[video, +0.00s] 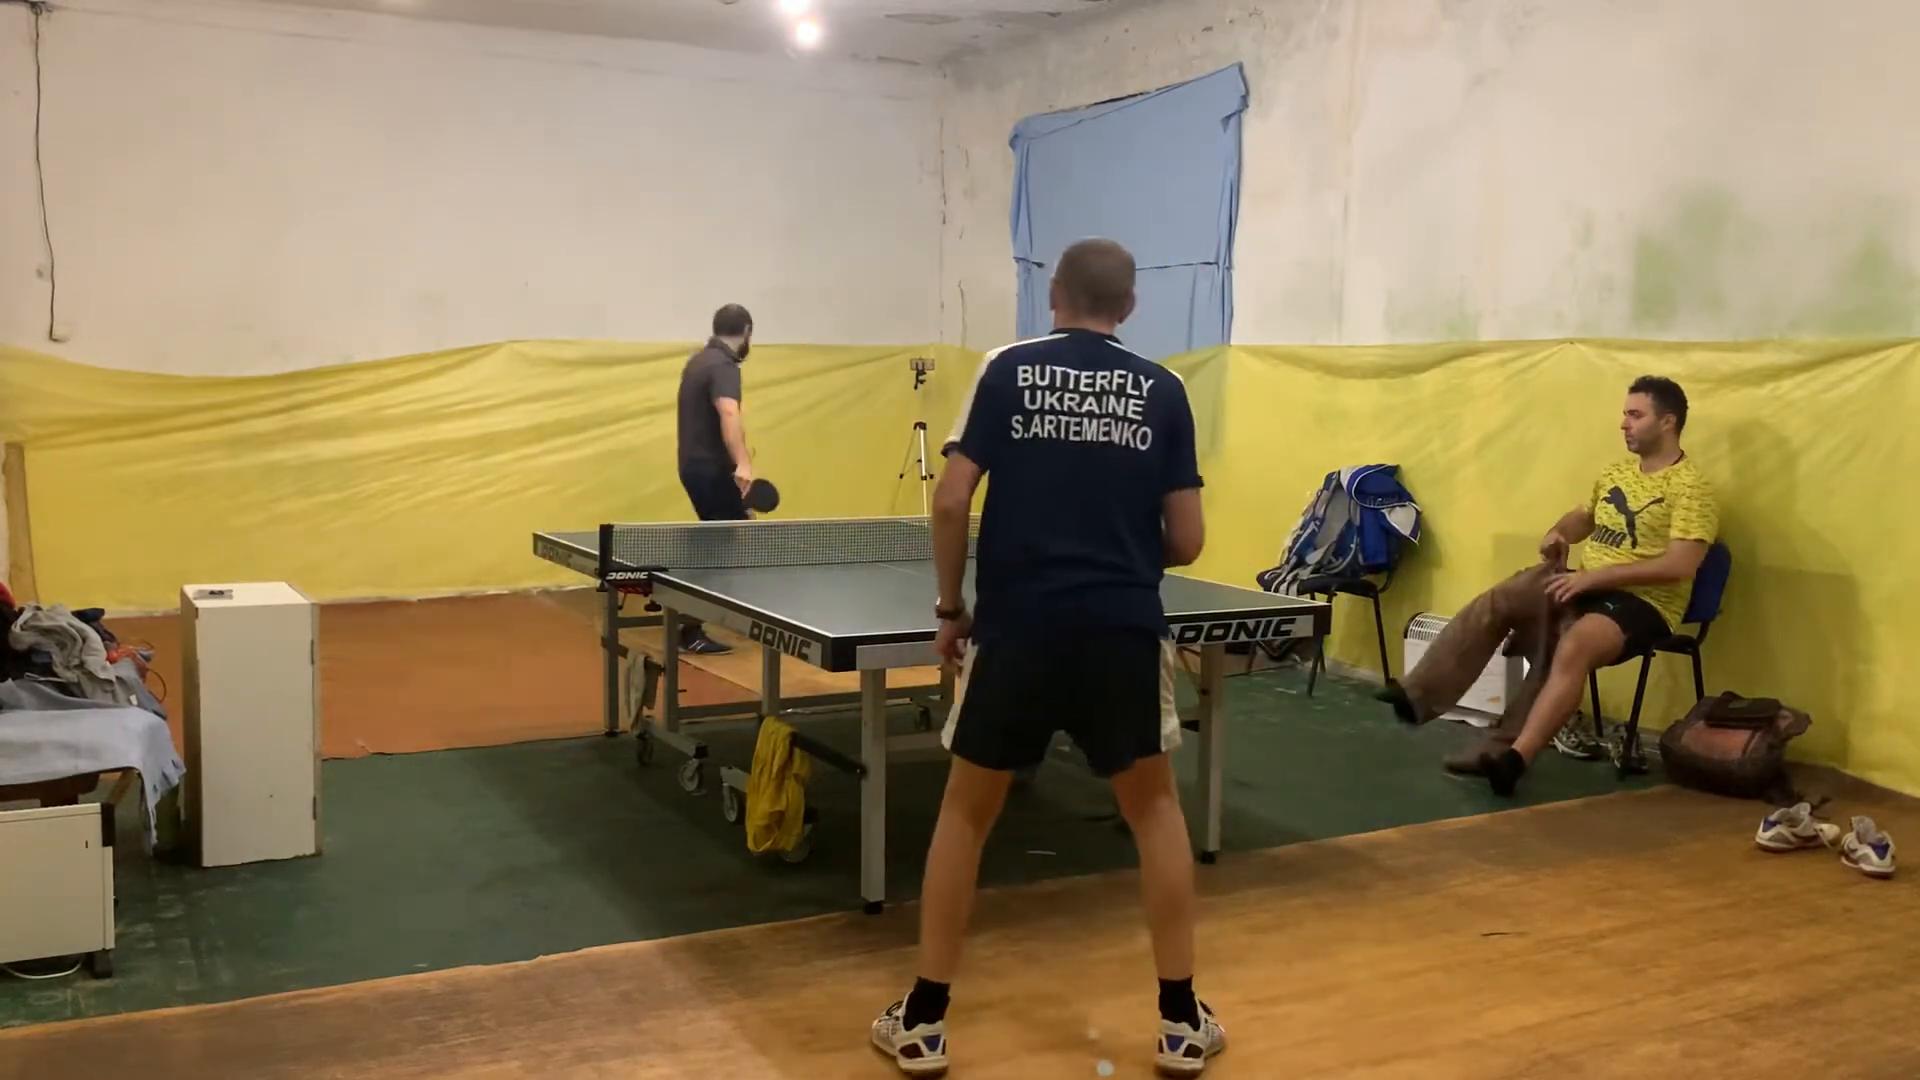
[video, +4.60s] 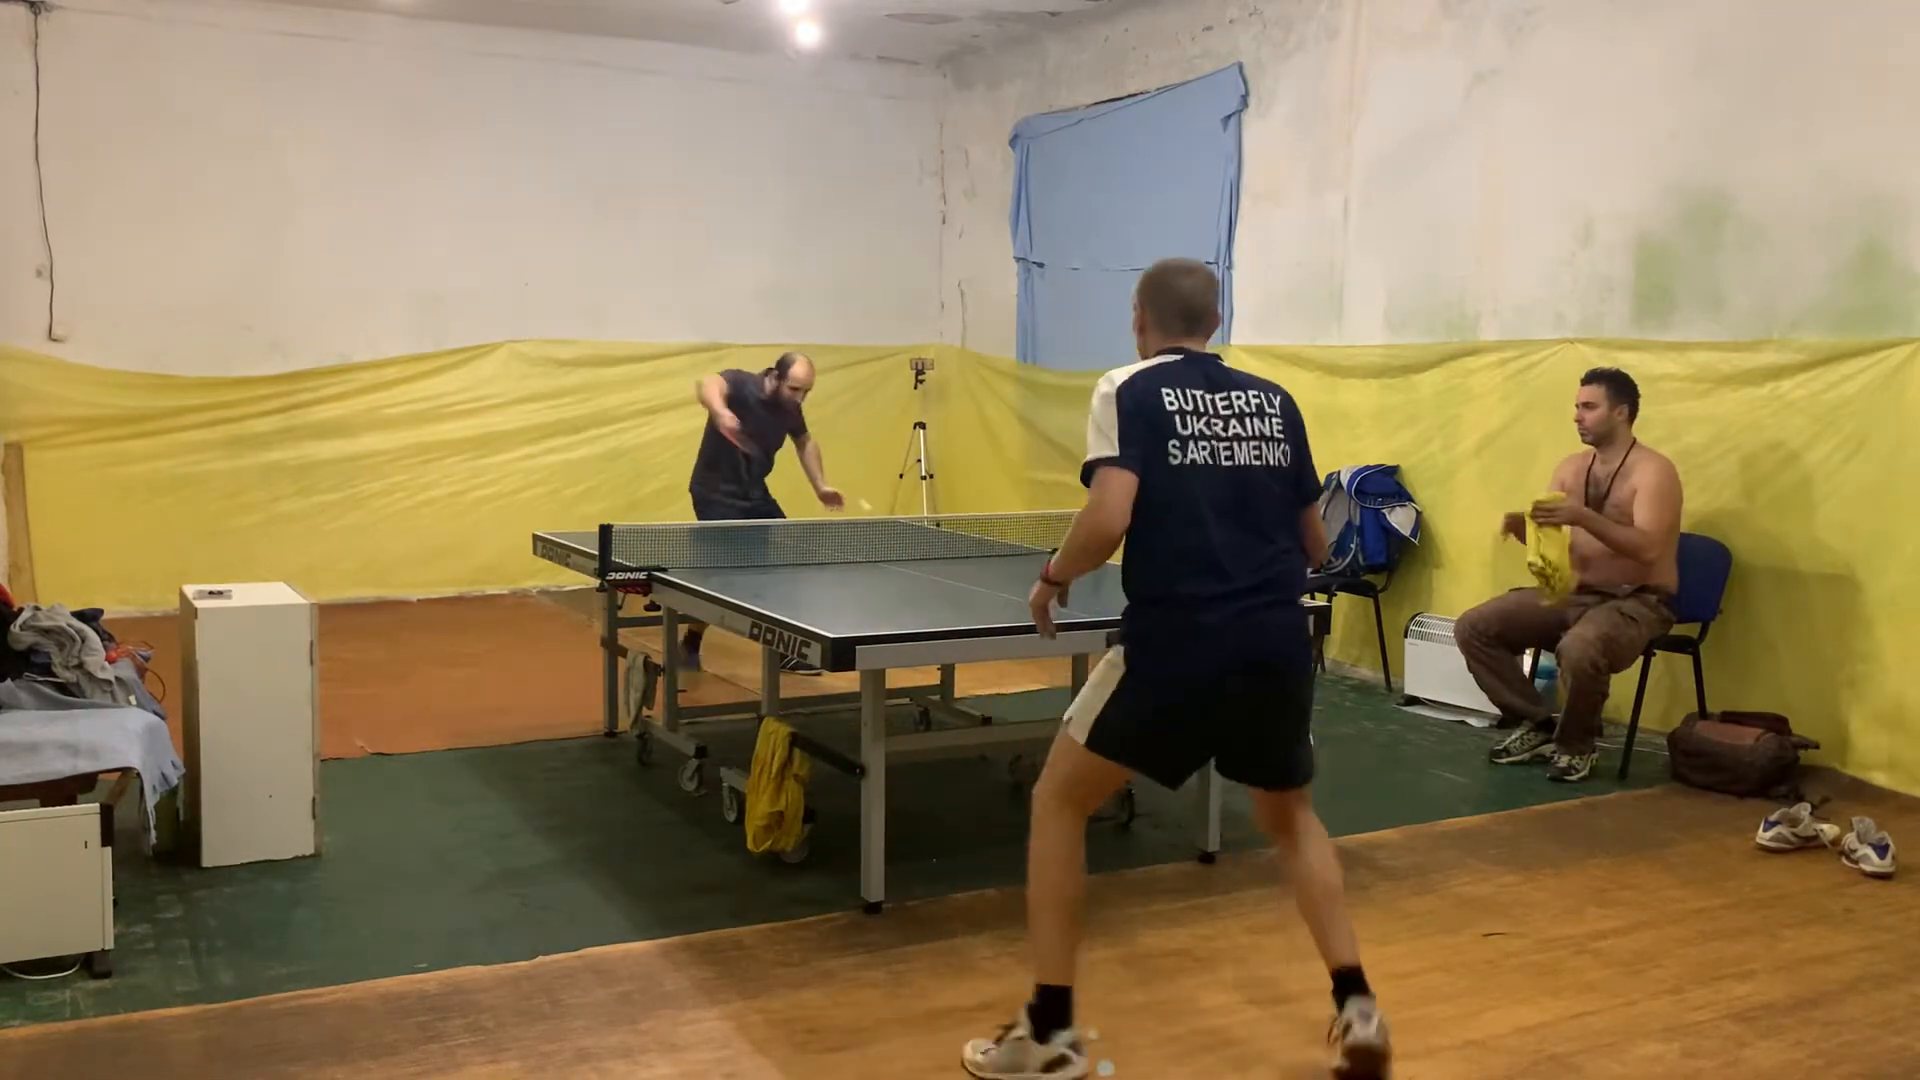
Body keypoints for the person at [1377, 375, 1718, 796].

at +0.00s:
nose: (1624, 425)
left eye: (1635, 416)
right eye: (1625, 415)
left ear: (1669, 423)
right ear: (1655, 422)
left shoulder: (1690, 484)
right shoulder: (1618, 472)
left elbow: (1682, 564)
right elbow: (1585, 516)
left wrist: (1596, 578)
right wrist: (1560, 534)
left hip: (1647, 599)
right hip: (1587, 583)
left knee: (1575, 645)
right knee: (1497, 605)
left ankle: (1516, 759)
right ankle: (1422, 695)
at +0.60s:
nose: (1610, 430)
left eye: (1620, 420)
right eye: (1605, 422)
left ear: (1652, 421)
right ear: (1600, 425)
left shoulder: (1683, 486)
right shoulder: (1593, 475)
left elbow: (1700, 566)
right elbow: (1561, 531)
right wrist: (1522, 568)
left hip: (1630, 603)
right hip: (1574, 591)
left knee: (1552, 628)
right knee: (1490, 623)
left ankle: (1531, 750)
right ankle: (1452, 739)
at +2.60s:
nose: (1598, 429)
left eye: (1608, 419)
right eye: (1595, 420)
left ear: (1642, 421)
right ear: (1594, 423)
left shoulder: (1677, 483)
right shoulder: (1591, 476)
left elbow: (1684, 568)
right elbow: (1560, 546)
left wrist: (1643, 627)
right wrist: (1532, 594)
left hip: (1631, 596)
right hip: (1572, 588)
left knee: (1553, 627)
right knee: (1493, 616)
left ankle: (1531, 750)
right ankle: (1489, 734)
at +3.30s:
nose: (1583, 432)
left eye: (1593, 422)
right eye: (1579, 422)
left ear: (1626, 420)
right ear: (1576, 422)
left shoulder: (1663, 481)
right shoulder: (1577, 476)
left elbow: (1685, 561)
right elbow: (1554, 543)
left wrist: (1644, 622)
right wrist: (1532, 592)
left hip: (1631, 597)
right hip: (1570, 590)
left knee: (1555, 623)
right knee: (1489, 617)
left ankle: (1544, 749)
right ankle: (1493, 734)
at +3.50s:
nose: (1592, 412)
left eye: (1605, 404)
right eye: (1589, 403)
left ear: (1635, 411)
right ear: (1584, 408)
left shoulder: (1655, 472)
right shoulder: (1573, 462)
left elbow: (1639, 548)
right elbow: (1513, 492)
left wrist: (1557, 526)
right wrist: (1534, 449)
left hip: (1637, 601)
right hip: (1572, 593)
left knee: (1580, 651)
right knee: (1474, 630)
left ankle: (1577, 746)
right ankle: (1535, 722)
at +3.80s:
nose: (1587, 413)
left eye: (1599, 404)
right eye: (1585, 404)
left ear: (1632, 412)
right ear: (1582, 408)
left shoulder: (1656, 473)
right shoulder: (1569, 465)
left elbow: (1650, 550)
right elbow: (1531, 526)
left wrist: (1581, 516)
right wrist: (1497, 482)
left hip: (1637, 601)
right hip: (1571, 594)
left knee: (1579, 650)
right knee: (1474, 629)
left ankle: (1577, 745)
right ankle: (1535, 722)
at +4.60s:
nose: (1577, 416)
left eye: (1588, 406)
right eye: (1577, 407)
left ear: (1622, 412)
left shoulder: (1654, 472)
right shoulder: (1571, 468)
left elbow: (1649, 549)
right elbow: (1556, 546)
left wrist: (1580, 517)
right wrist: (1529, 529)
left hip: (1639, 601)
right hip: (1574, 595)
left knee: (1579, 649)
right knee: (1475, 629)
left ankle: (1577, 746)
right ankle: (1535, 723)